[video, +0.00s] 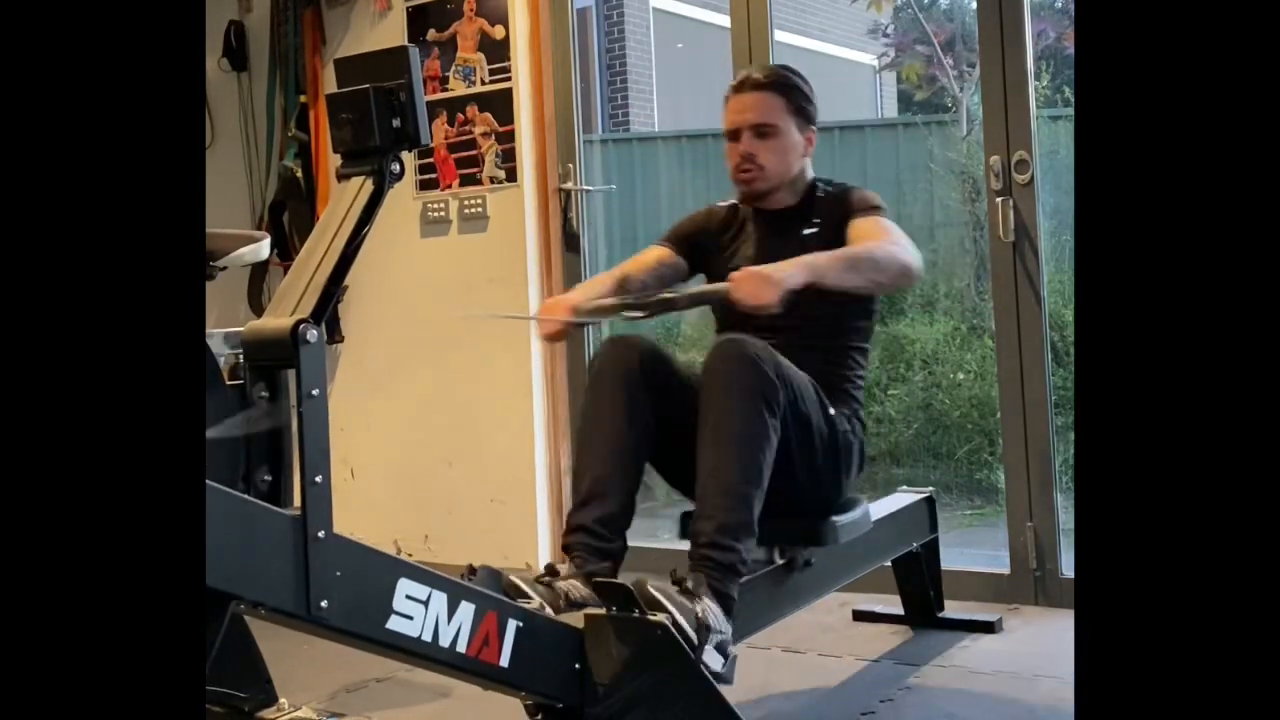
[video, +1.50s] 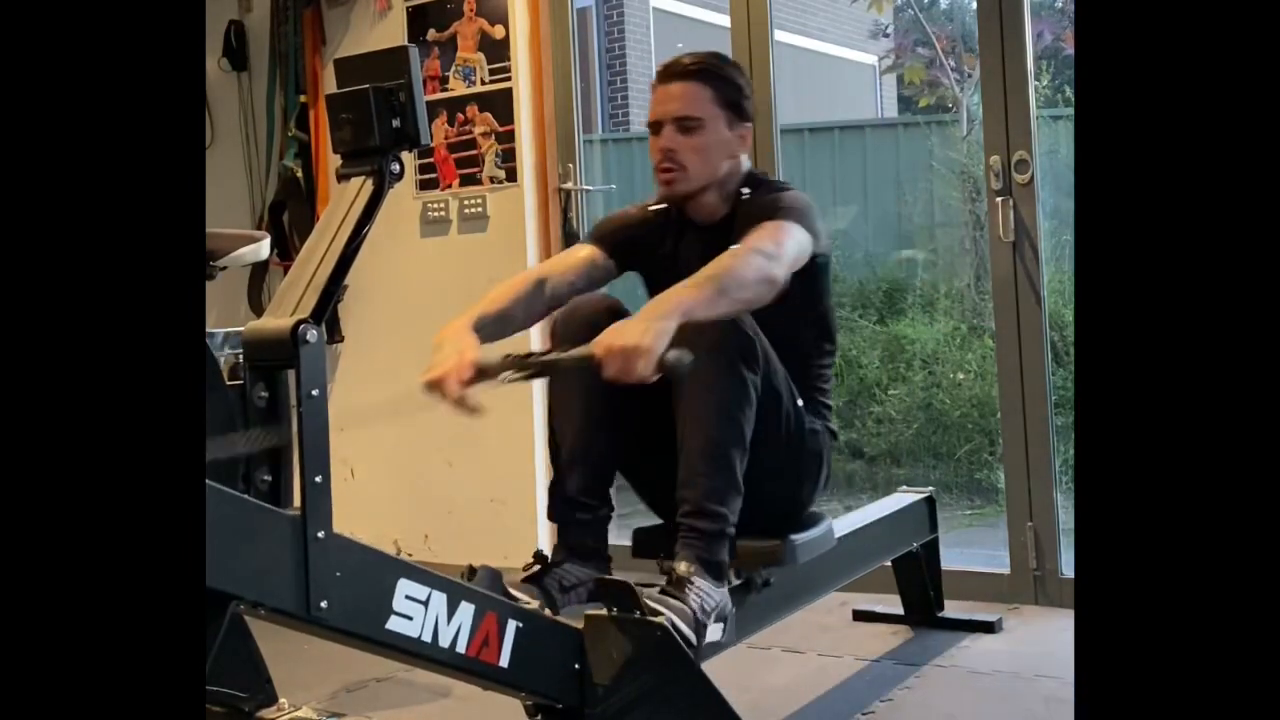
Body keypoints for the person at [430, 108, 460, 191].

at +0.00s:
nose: (446, 117)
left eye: (446, 115)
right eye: (445, 115)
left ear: (443, 116)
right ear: (440, 116)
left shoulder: (443, 125)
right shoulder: (437, 124)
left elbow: (453, 132)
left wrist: (457, 122)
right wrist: (442, 150)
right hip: (439, 148)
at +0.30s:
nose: (446, 117)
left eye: (446, 115)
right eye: (445, 115)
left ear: (443, 116)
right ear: (440, 116)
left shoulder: (443, 125)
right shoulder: (437, 123)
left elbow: (453, 132)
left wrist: (457, 122)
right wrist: (442, 150)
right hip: (440, 148)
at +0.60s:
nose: (446, 117)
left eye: (446, 115)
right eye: (445, 115)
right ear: (440, 115)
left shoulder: (443, 125)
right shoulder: (437, 123)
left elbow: (453, 132)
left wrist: (457, 122)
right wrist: (442, 149)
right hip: (439, 147)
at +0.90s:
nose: (446, 118)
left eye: (446, 115)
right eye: (444, 115)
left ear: (444, 116)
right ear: (440, 116)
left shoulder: (444, 125)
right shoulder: (437, 123)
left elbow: (454, 132)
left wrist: (457, 122)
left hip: (443, 147)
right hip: (439, 147)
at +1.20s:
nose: (446, 118)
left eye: (446, 115)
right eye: (444, 115)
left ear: (444, 116)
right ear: (440, 116)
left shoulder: (444, 125)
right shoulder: (437, 124)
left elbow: (453, 132)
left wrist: (457, 122)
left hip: (443, 147)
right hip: (439, 147)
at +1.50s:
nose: (446, 118)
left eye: (446, 115)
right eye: (444, 115)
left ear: (444, 116)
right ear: (440, 115)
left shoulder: (444, 125)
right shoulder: (437, 124)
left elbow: (453, 132)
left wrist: (457, 122)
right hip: (439, 148)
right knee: (454, 177)